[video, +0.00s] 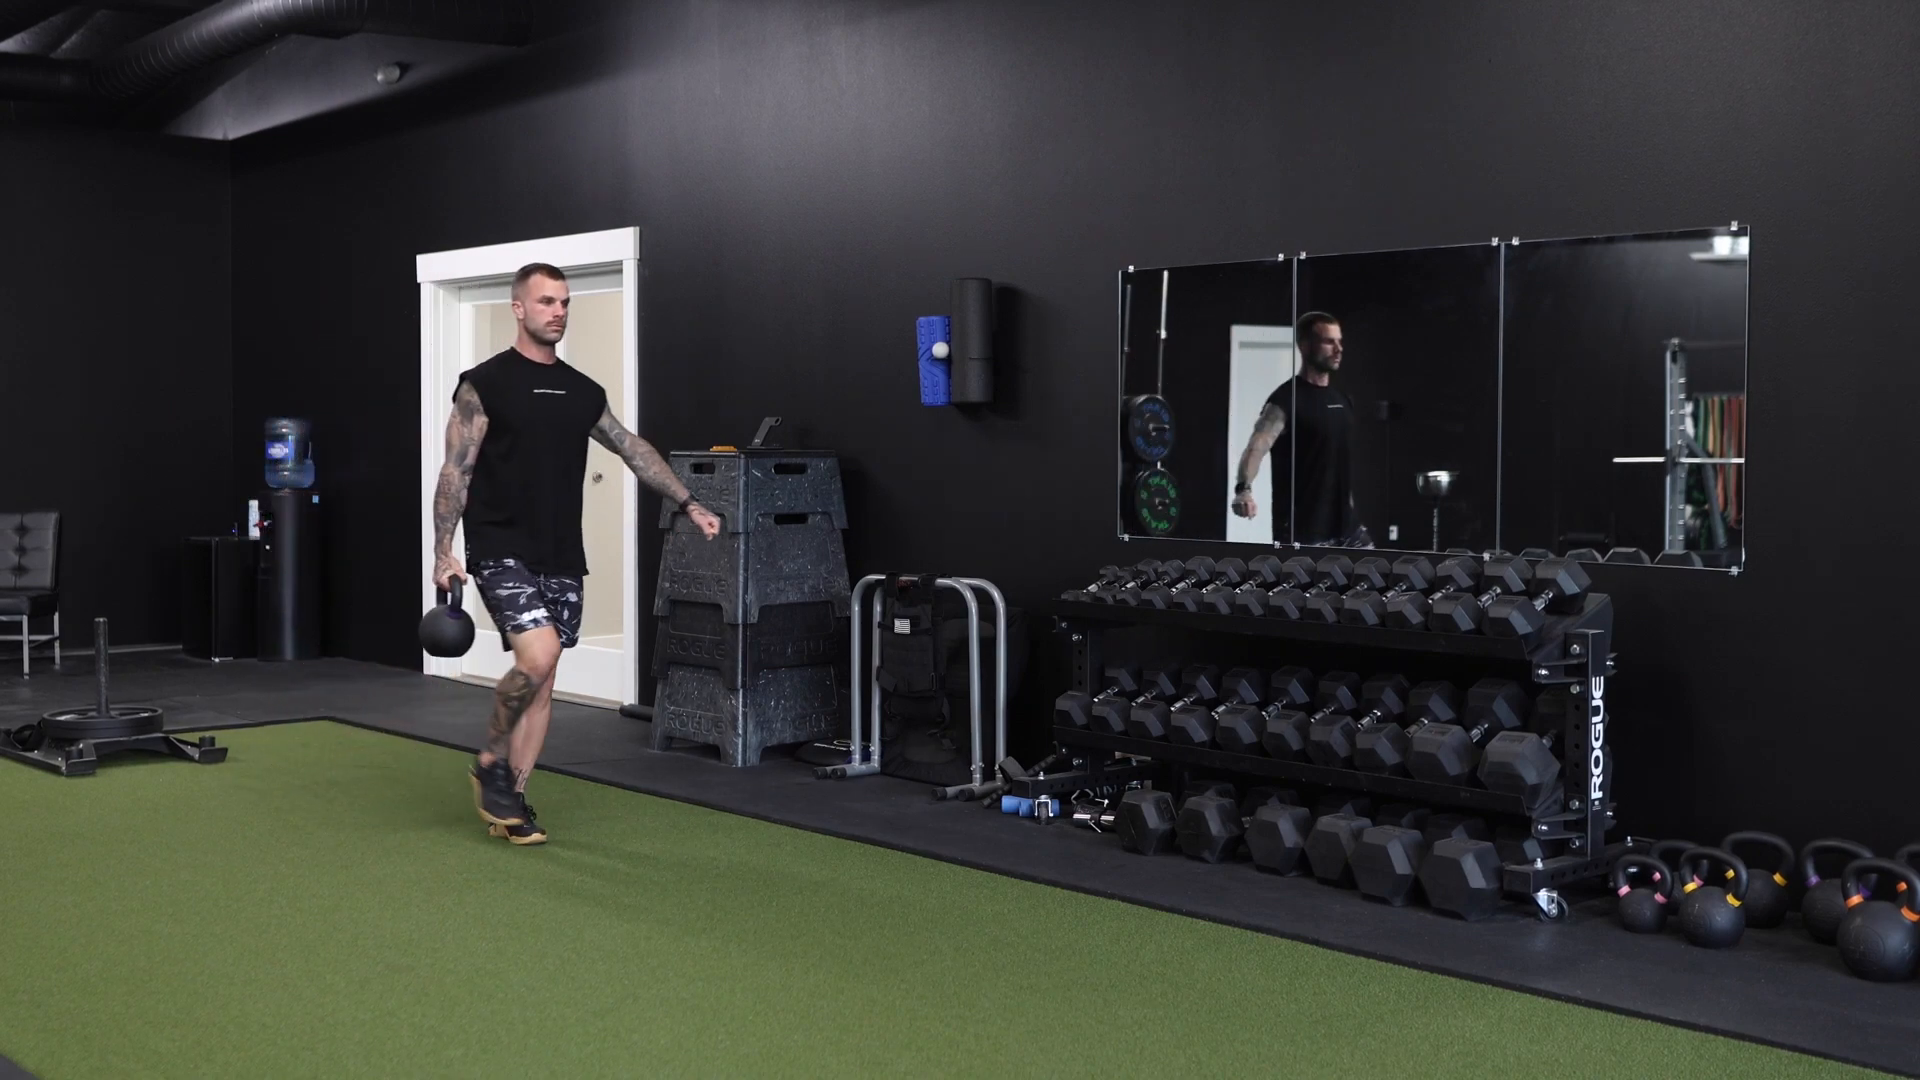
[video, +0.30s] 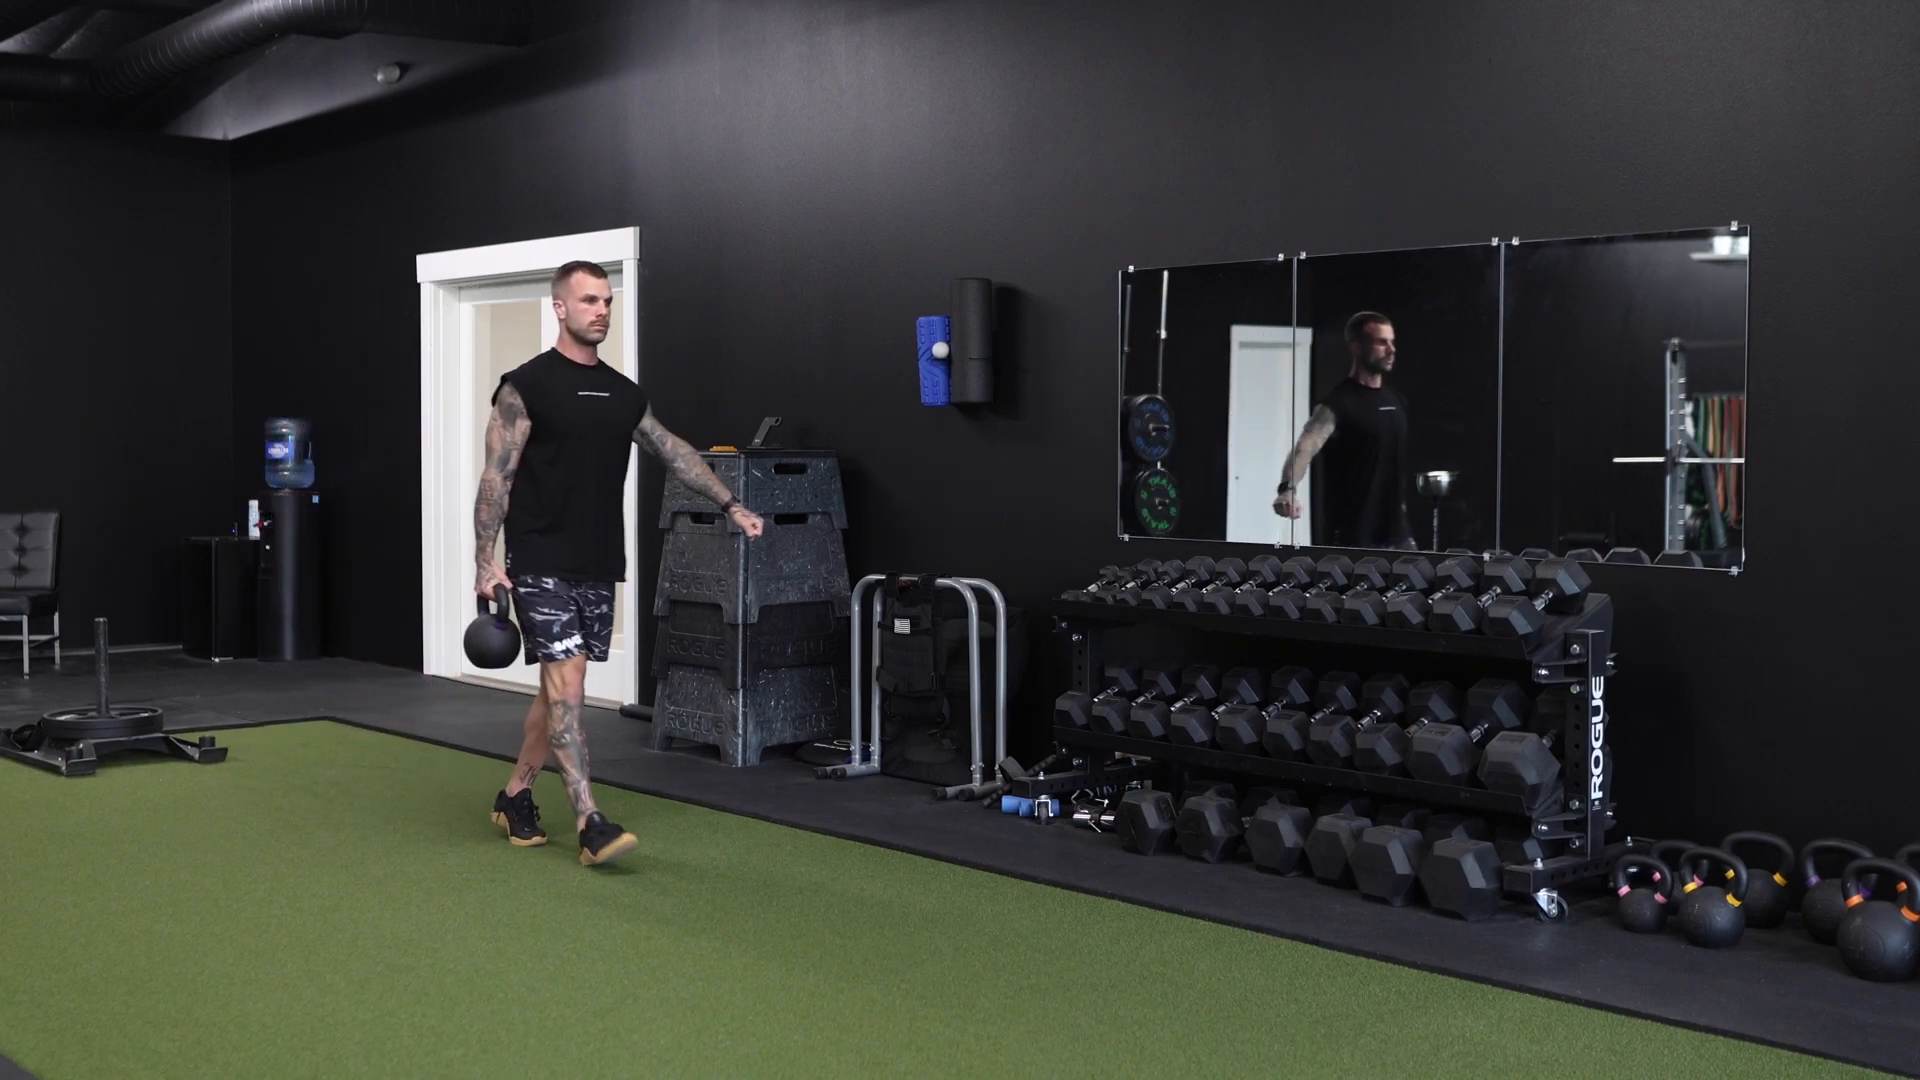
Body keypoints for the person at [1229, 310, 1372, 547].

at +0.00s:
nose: (1338, 349)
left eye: (1340, 342)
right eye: (1329, 342)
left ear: (1342, 344)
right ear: (1304, 345)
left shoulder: (1340, 400)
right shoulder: (1286, 398)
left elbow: (1339, 463)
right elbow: (1257, 447)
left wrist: (1349, 516)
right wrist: (1243, 488)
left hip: (1343, 527)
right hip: (1300, 531)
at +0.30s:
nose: (1391, 349)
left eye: (1392, 342)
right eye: (1381, 342)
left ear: (1395, 345)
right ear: (1356, 347)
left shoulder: (1394, 401)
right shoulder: (1339, 402)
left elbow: (1392, 467)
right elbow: (1305, 448)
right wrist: (1287, 488)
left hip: (1394, 531)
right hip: (1349, 533)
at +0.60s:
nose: (1448, 343)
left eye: (1449, 336)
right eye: (1439, 336)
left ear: (1452, 338)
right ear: (1412, 340)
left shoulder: (1451, 397)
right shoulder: (1394, 397)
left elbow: (1451, 467)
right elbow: (1361, 442)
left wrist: (1460, 522)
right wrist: (1343, 486)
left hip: (1448, 532)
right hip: (1408, 531)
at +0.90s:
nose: (1504, 347)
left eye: (1506, 340)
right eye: (1494, 339)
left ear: (1509, 344)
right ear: (1467, 344)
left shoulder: (1508, 399)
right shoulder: (1450, 401)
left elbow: (1514, 465)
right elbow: (1416, 449)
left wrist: (1522, 519)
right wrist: (1400, 496)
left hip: (1503, 536)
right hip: (1460, 537)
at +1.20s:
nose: (1569, 344)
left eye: (1570, 336)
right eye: (1559, 336)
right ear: (1530, 341)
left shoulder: (1565, 393)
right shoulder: (1515, 398)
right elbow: (1481, 451)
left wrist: (1583, 530)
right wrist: (1471, 499)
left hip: (1570, 534)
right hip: (1527, 538)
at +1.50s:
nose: (1636, 343)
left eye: (1637, 335)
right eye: (1625, 335)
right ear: (1596, 339)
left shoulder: (1626, 395)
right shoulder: (1576, 398)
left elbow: (1626, 475)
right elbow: (1542, 450)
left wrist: (1642, 536)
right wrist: (1532, 496)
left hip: (1627, 536)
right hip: (1582, 537)